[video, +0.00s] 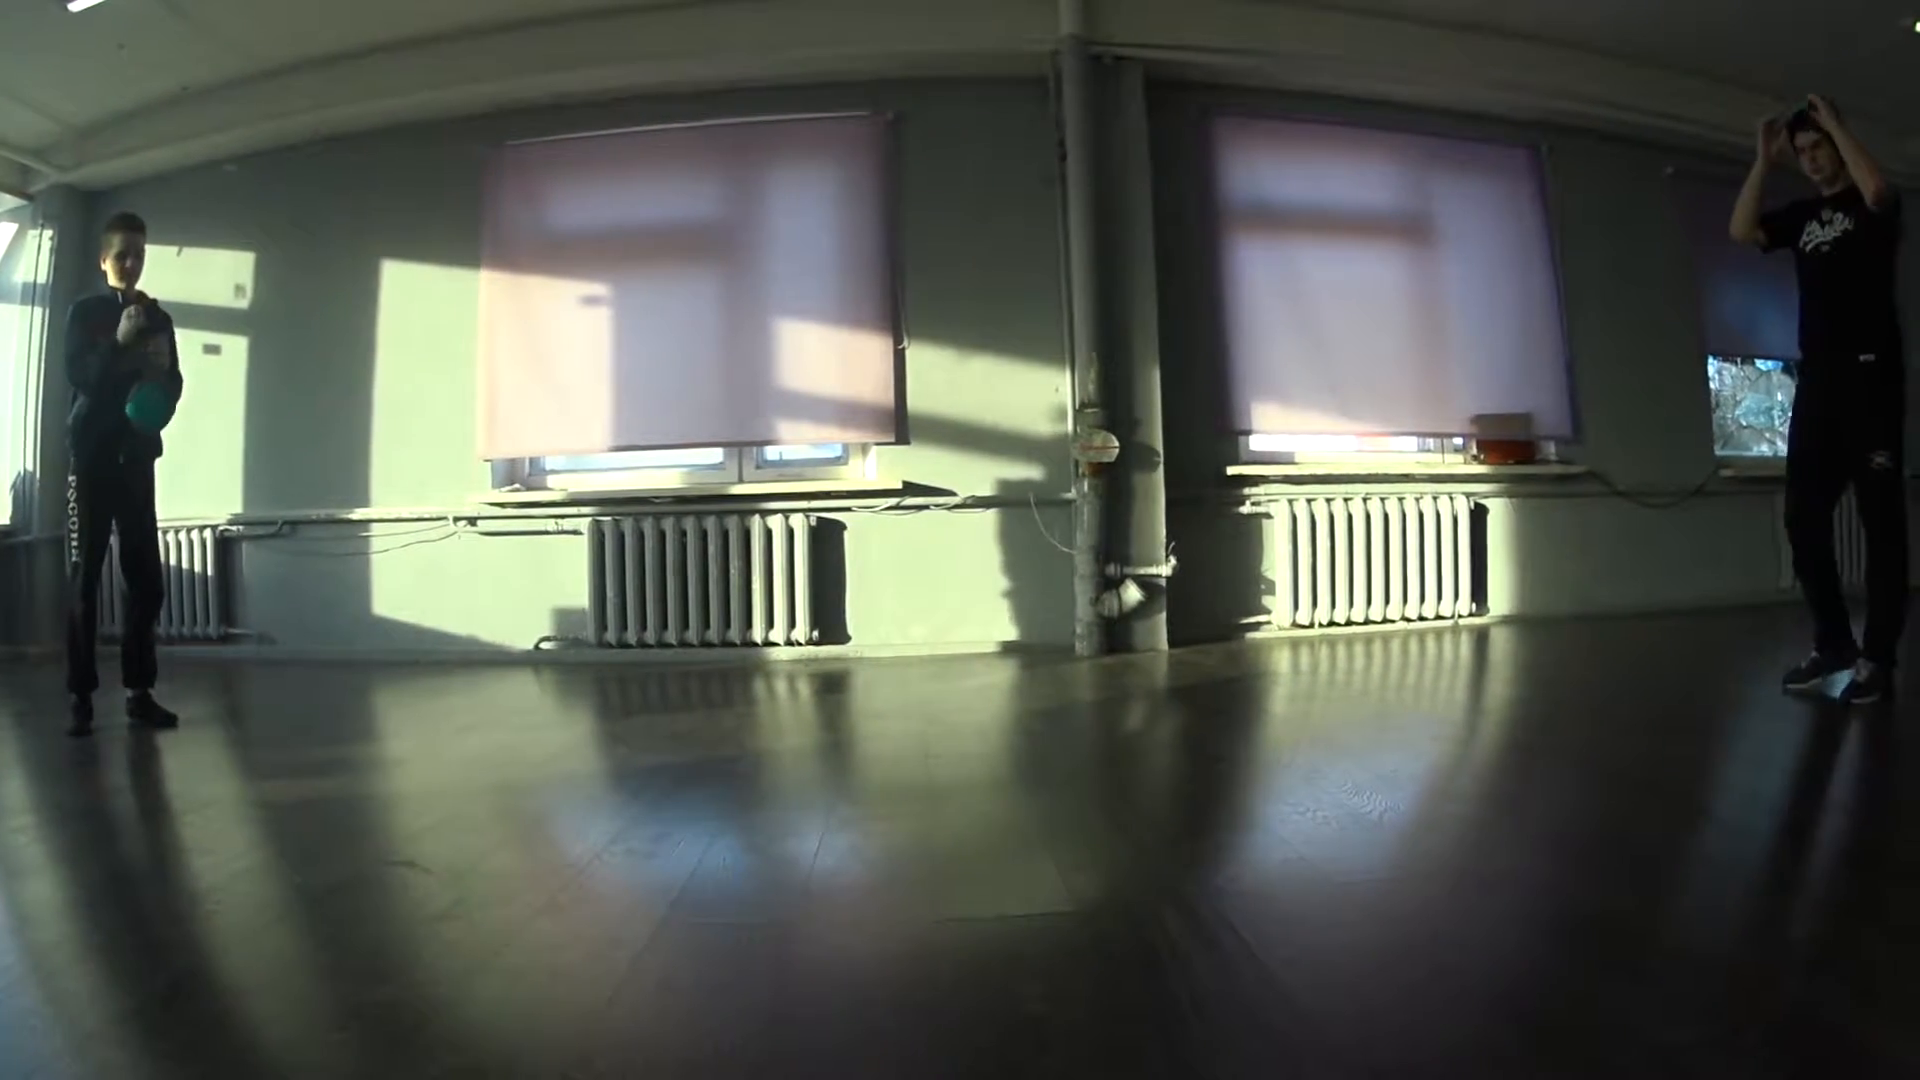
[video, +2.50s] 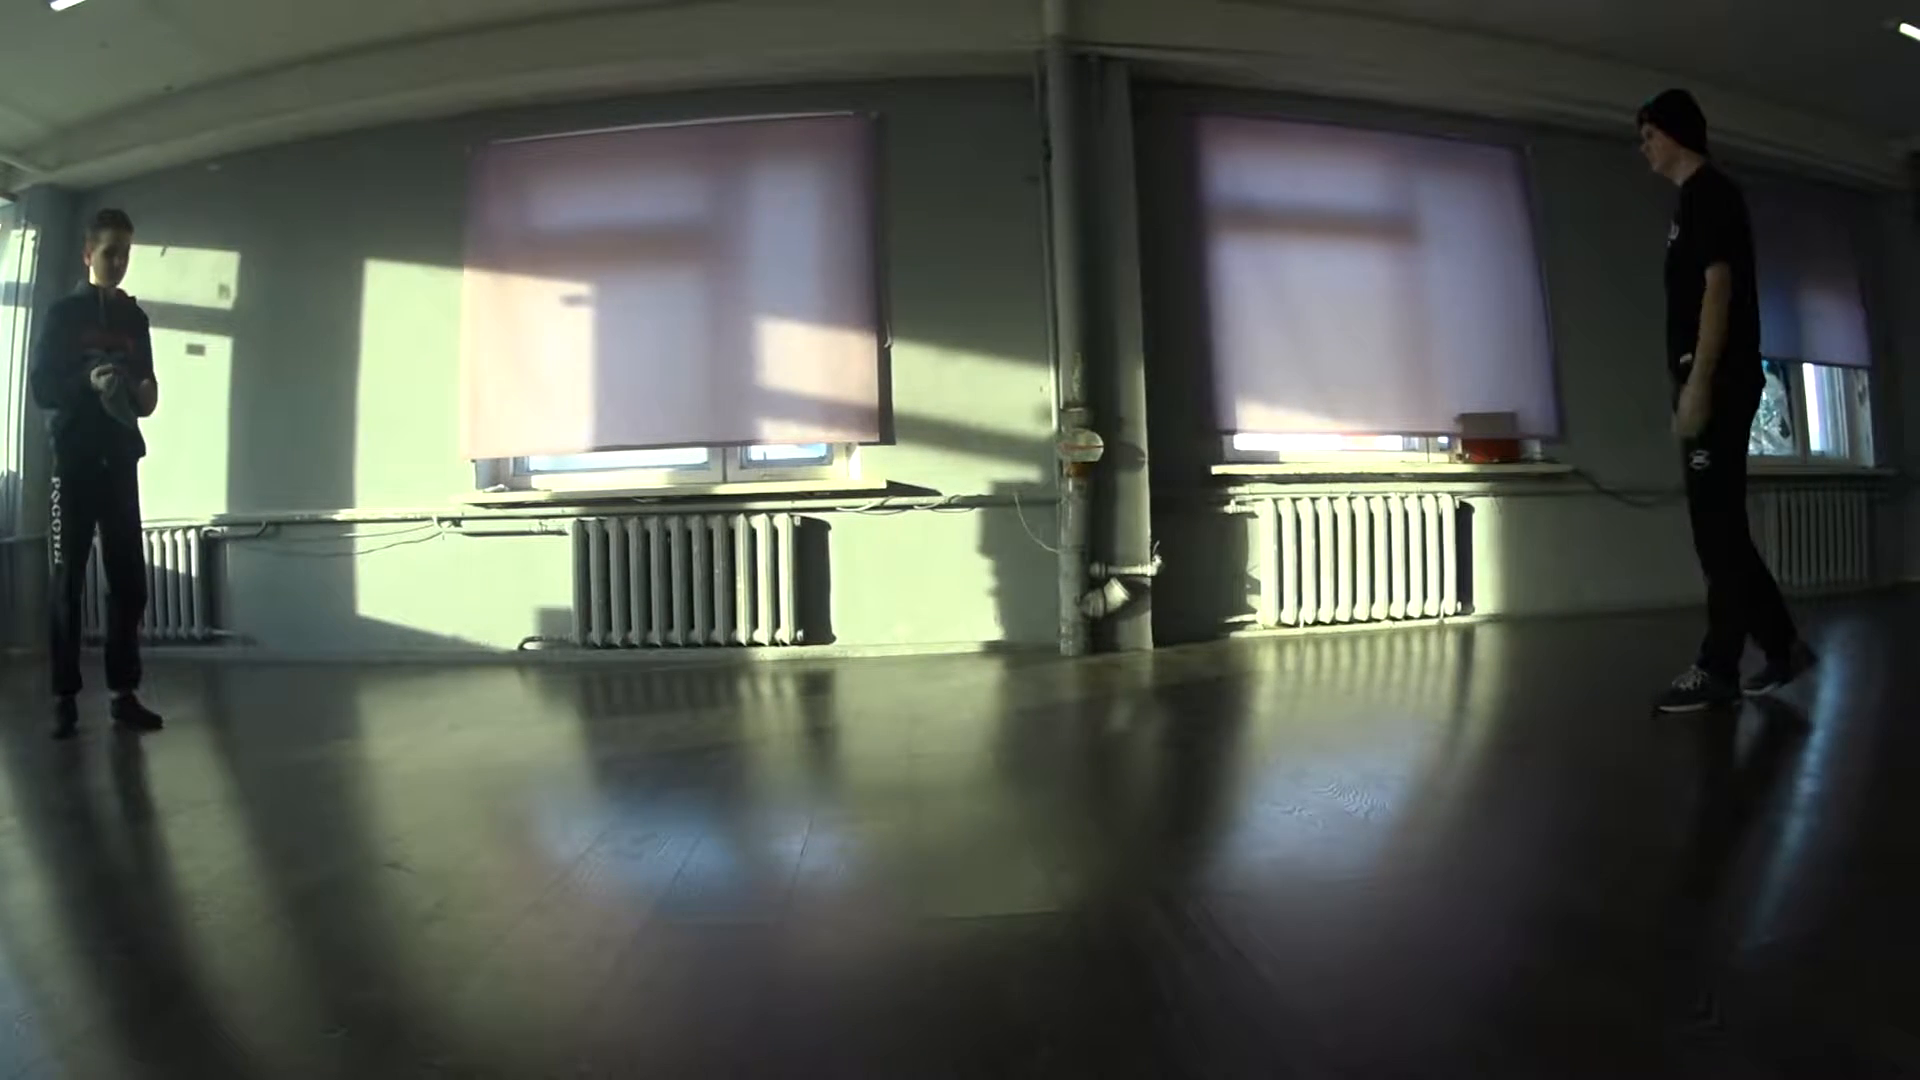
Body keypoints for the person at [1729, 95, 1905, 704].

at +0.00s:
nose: (1813, 159)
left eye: (1819, 147)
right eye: (1804, 152)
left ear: (1840, 148)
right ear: (1798, 161)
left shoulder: (1875, 203)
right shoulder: (1802, 215)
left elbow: (1875, 191)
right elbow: (1742, 231)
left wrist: (1834, 124)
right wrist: (1763, 161)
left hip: (1874, 380)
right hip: (1817, 383)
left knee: (1882, 519)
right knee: (1803, 517)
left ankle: (1878, 660)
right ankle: (1833, 649)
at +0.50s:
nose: (1772, 160)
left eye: (1780, 149)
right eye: (1766, 150)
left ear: (1803, 151)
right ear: (1764, 159)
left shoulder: (1836, 200)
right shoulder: (1777, 218)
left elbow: (1799, 185)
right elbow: (1729, 244)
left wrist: (1778, 127)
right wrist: (1743, 187)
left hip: (1837, 381)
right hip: (1789, 383)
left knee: (1853, 521)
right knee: (1790, 525)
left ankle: (1873, 663)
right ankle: (1815, 664)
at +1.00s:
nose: (1725, 172)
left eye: (1729, 163)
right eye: (1723, 164)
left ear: (1752, 157)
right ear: (1734, 165)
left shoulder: (1799, 204)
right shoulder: (1740, 227)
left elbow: (1765, 205)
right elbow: (1696, 268)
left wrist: (1728, 151)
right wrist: (1707, 206)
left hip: (1801, 374)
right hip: (1762, 378)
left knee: (1788, 516)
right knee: (1779, 519)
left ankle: (1831, 650)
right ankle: (1808, 655)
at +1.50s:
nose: (1684, 176)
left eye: (1690, 163)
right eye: (1676, 169)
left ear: (1717, 157)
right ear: (1675, 173)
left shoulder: (1762, 209)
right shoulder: (1710, 223)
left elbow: (1806, 298)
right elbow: (1725, 311)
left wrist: (1833, 379)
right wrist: (1720, 389)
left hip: (1768, 384)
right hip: (1736, 387)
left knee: (1742, 526)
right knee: (1773, 526)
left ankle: (1723, 672)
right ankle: (1813, 661)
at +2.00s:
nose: (1653, 165)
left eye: (1658, 152)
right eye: (1648, 156)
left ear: (1685, 145)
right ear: (1661, 153)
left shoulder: (1720, 196)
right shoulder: (1693, 206)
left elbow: (1706, 276)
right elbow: (1692, 307)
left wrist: (1643, 338)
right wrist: (1658, 380)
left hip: (1723, 377)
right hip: (1692, 378)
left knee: (1717, 520)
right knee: (1680, 521)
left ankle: (1720, 669)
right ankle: (1763, 624)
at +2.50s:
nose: (1645, 149)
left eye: (1650, 137)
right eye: (1643, 139)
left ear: (1676, 136)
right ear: (1680, 137)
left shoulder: (1709, 196)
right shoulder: (1699, 196)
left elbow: (1719, 295)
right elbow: (1712, 296)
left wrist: (1699, 386)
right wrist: (1694, 379)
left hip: (1722, 381)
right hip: (1716, 380)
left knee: (1716, 528)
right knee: (1722, 525)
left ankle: (1717, 670)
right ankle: (1783, 649)